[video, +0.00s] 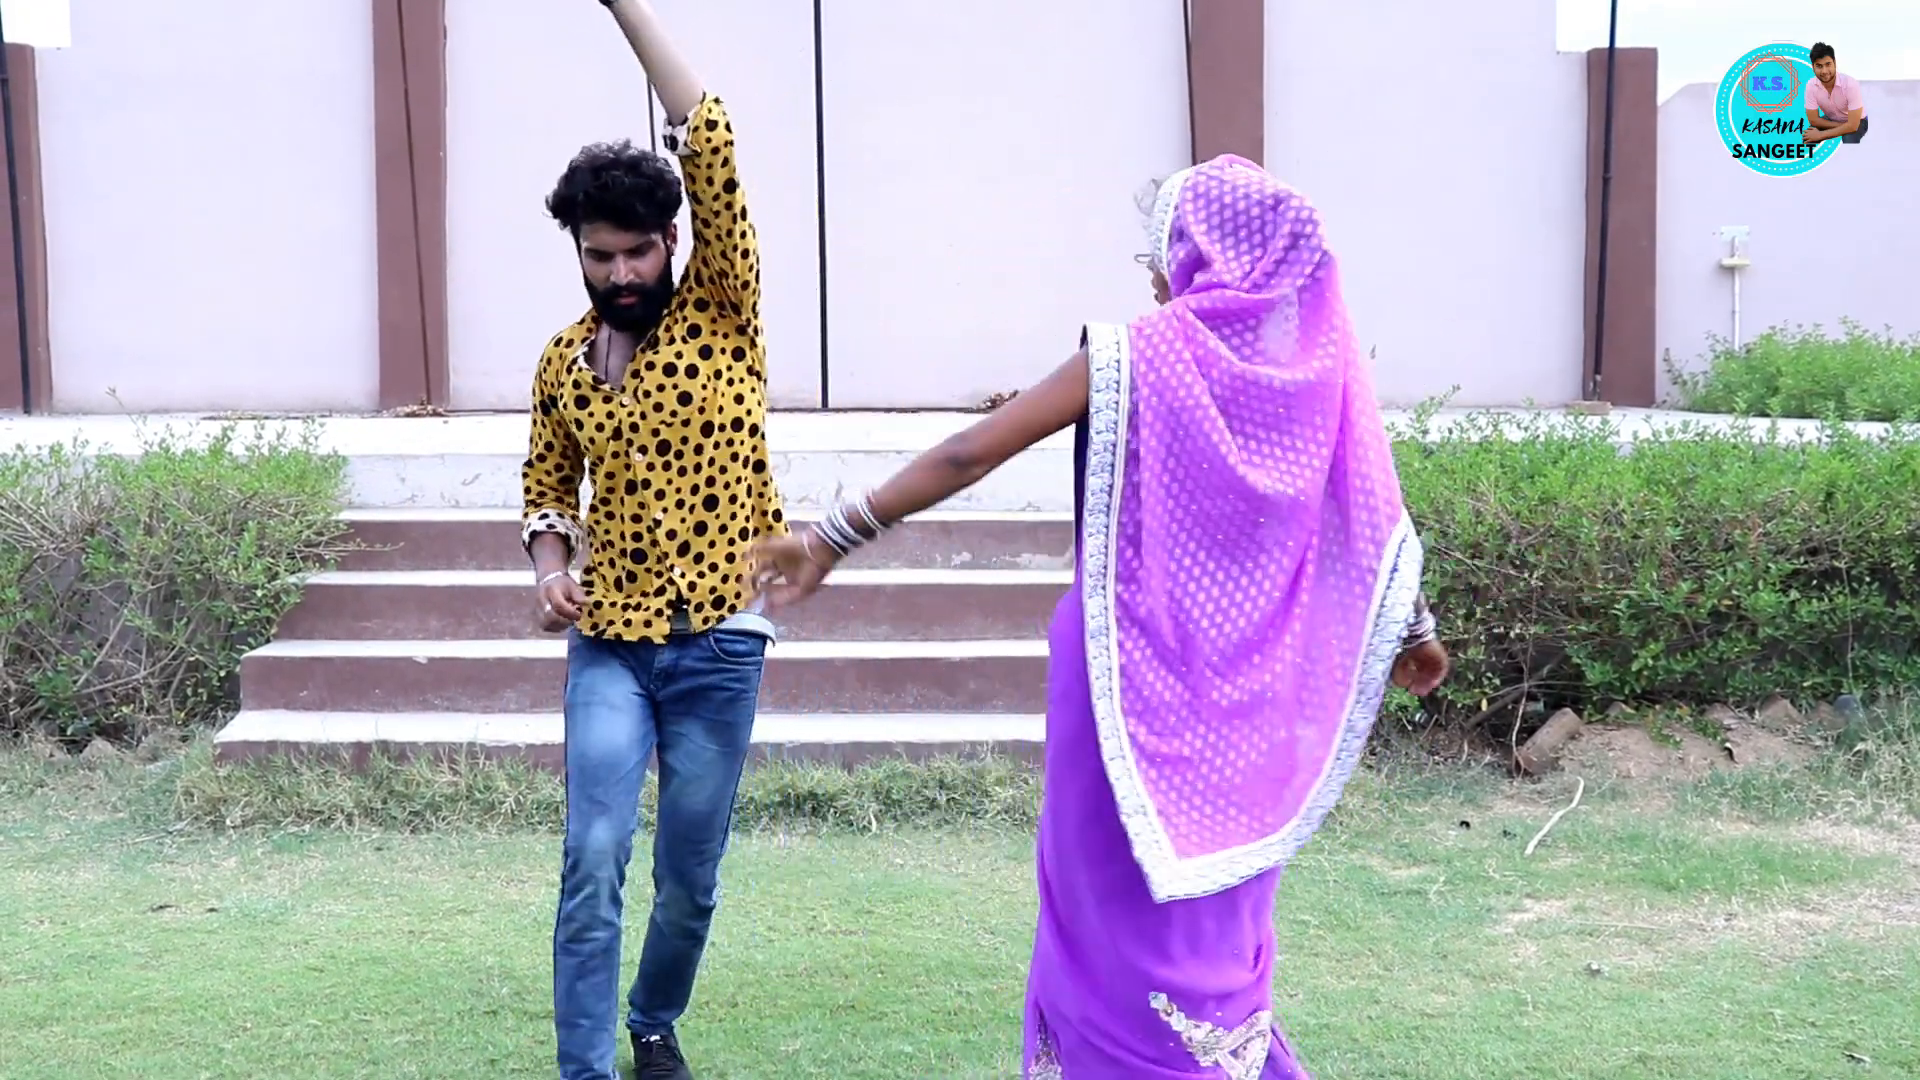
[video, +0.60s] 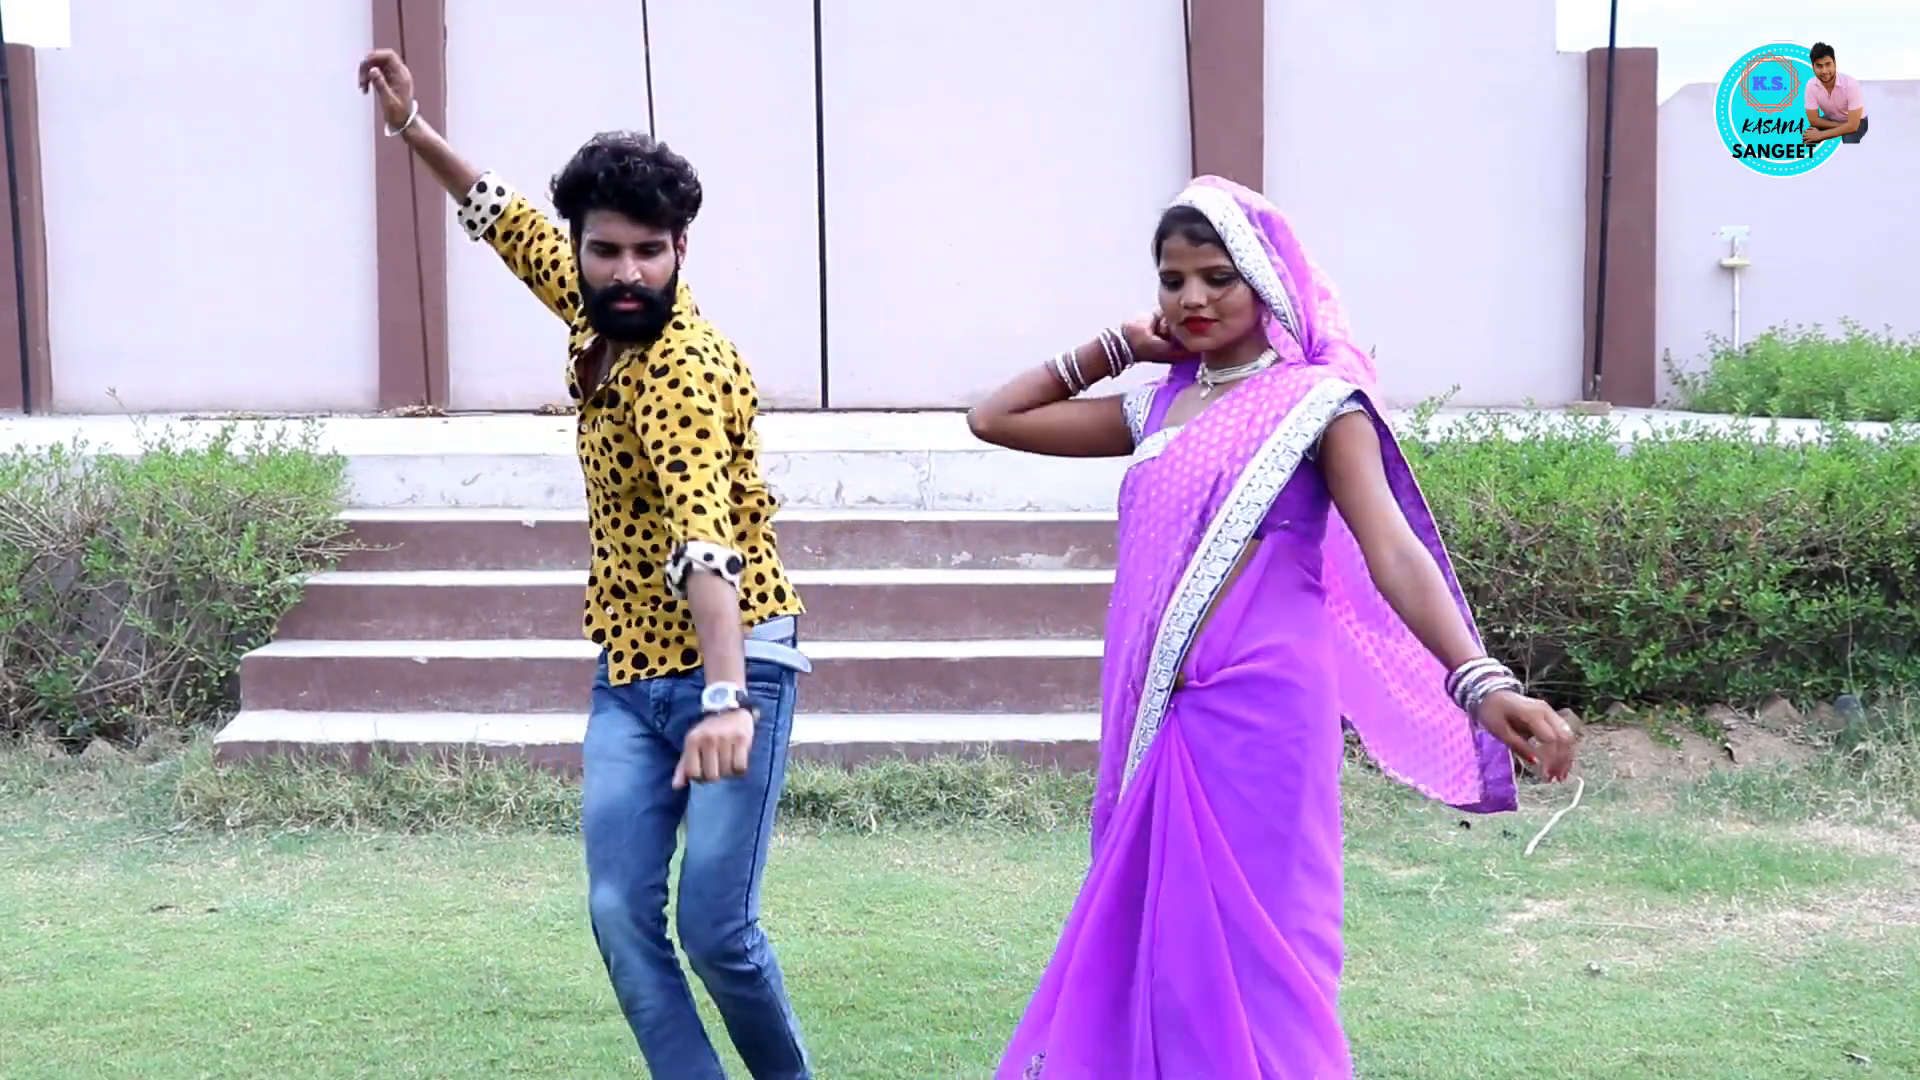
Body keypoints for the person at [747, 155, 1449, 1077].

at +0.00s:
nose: (1153, 268)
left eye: (1163, 251)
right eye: (1157, 249)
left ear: (1191, 260)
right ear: (1277, 261)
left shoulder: (1127, 357)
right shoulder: (1324, 375)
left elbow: (966, 457)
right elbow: (1377, 520)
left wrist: (835, 534)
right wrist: (1414, 626)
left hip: (1118, 662)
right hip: (1257, 666)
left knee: (1100, 880)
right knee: (1228, 877)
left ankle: (1102, 1056)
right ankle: (1228, 1052)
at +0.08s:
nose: (1155, 285)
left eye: (1171, 267)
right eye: (1161, 265)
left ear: (1219, 283)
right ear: (1273, 286)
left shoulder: (1157, 391)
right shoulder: (1326, 407)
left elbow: (1022, 524)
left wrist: (913, 649)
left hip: (1136, 734)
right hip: (1258, 731)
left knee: (1065, 950)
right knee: (1229, 941)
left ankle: (1068, 1065)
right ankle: (1243, 1058)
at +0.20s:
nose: (1151, 298)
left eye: (1169, 282)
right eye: (1158, 279)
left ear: (1227, 302)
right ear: (1258, 303)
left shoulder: (1193, 405)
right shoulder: (1323, 412)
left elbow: (1131, 557)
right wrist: (1320, 759)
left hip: (1174, 747)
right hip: (1269, 749)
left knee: (1061, 966)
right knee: (1238, 990)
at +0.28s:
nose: (1148, 281)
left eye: (1167, 265)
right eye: (1151, 261)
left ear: (1225, 280)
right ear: (1235, 287)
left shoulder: (1216, 385)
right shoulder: (1284, 378)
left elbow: (1215, 535)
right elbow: (1215, 546)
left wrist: (1152, 703)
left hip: (1197, 714)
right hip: (1258, 713)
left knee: (1124, 966)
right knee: (1218, 967)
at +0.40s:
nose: (1156, 250)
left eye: (1182, 232)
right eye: (1151, 229)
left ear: (1244, 248)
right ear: (1146, 235)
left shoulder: (1255, 357)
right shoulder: (1192, 357)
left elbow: (1306, 512)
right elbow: (1114, 505)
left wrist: (1294, 669)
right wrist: (1116, 375)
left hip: (1224, 694)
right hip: (1160, 690)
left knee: (1195, 941)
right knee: (1127, 932)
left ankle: (1215, 1067)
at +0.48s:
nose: (1169, 260)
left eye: (1194, 240)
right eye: (1158, 241)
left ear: (1256, 250)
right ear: (1150, 252)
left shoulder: (1287, 359)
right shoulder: (1188, 374)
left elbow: (1340, 517)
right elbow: (1047, 440)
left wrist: (1380, 648)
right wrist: (1126, 339)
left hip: (1238, 687)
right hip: (1161, 685)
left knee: (1227, 926)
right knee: (1147, 919)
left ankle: (1243, 1064)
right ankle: (1160, 1067)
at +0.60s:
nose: (1195, 299)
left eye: (1218, 277)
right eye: (1177, 281)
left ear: (1268, 282)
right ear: (1162, 292)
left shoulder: (1321, 400)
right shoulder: (1164, 405)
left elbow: (1396, 555)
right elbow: (996, 418)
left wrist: (1483, 683)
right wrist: (1116, 348)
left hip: (1257, 711)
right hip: (1147, 709)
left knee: (1249, 951)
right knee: (1144, 943)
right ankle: (1155, 1075)